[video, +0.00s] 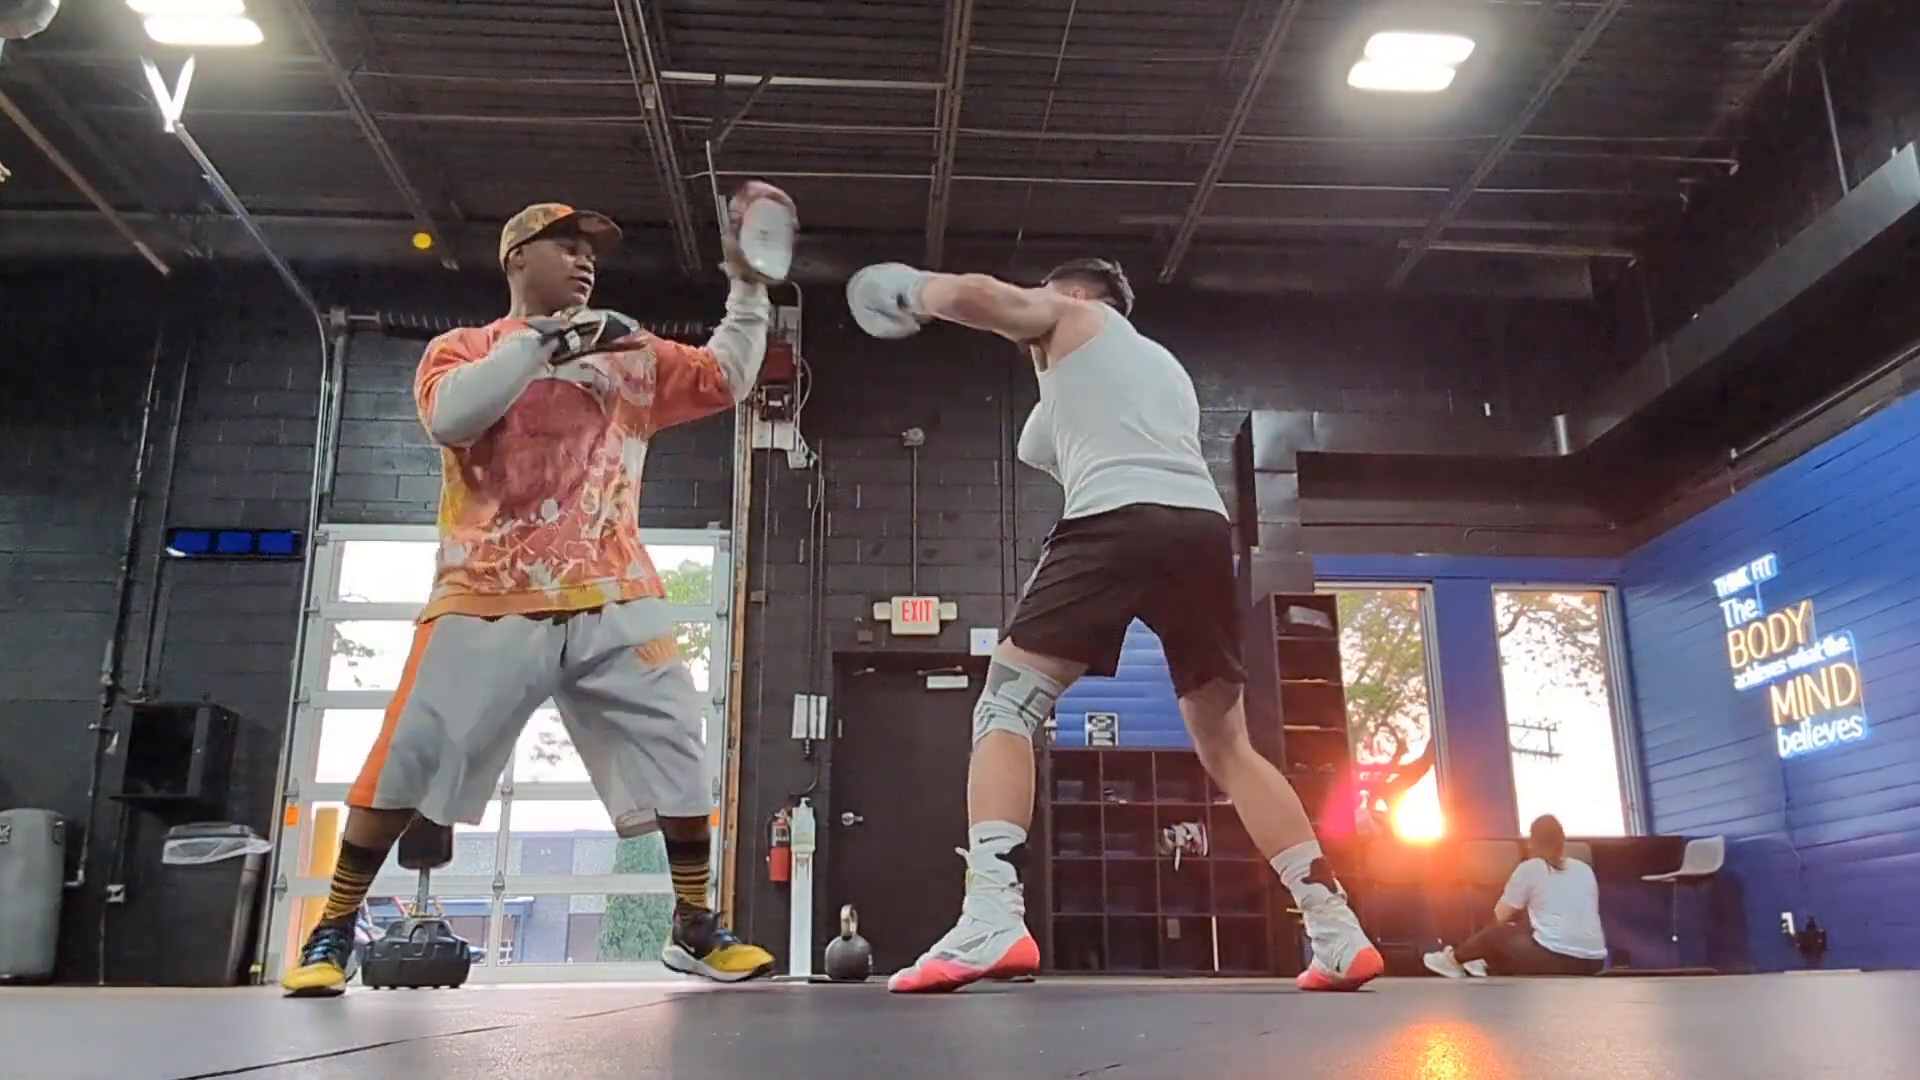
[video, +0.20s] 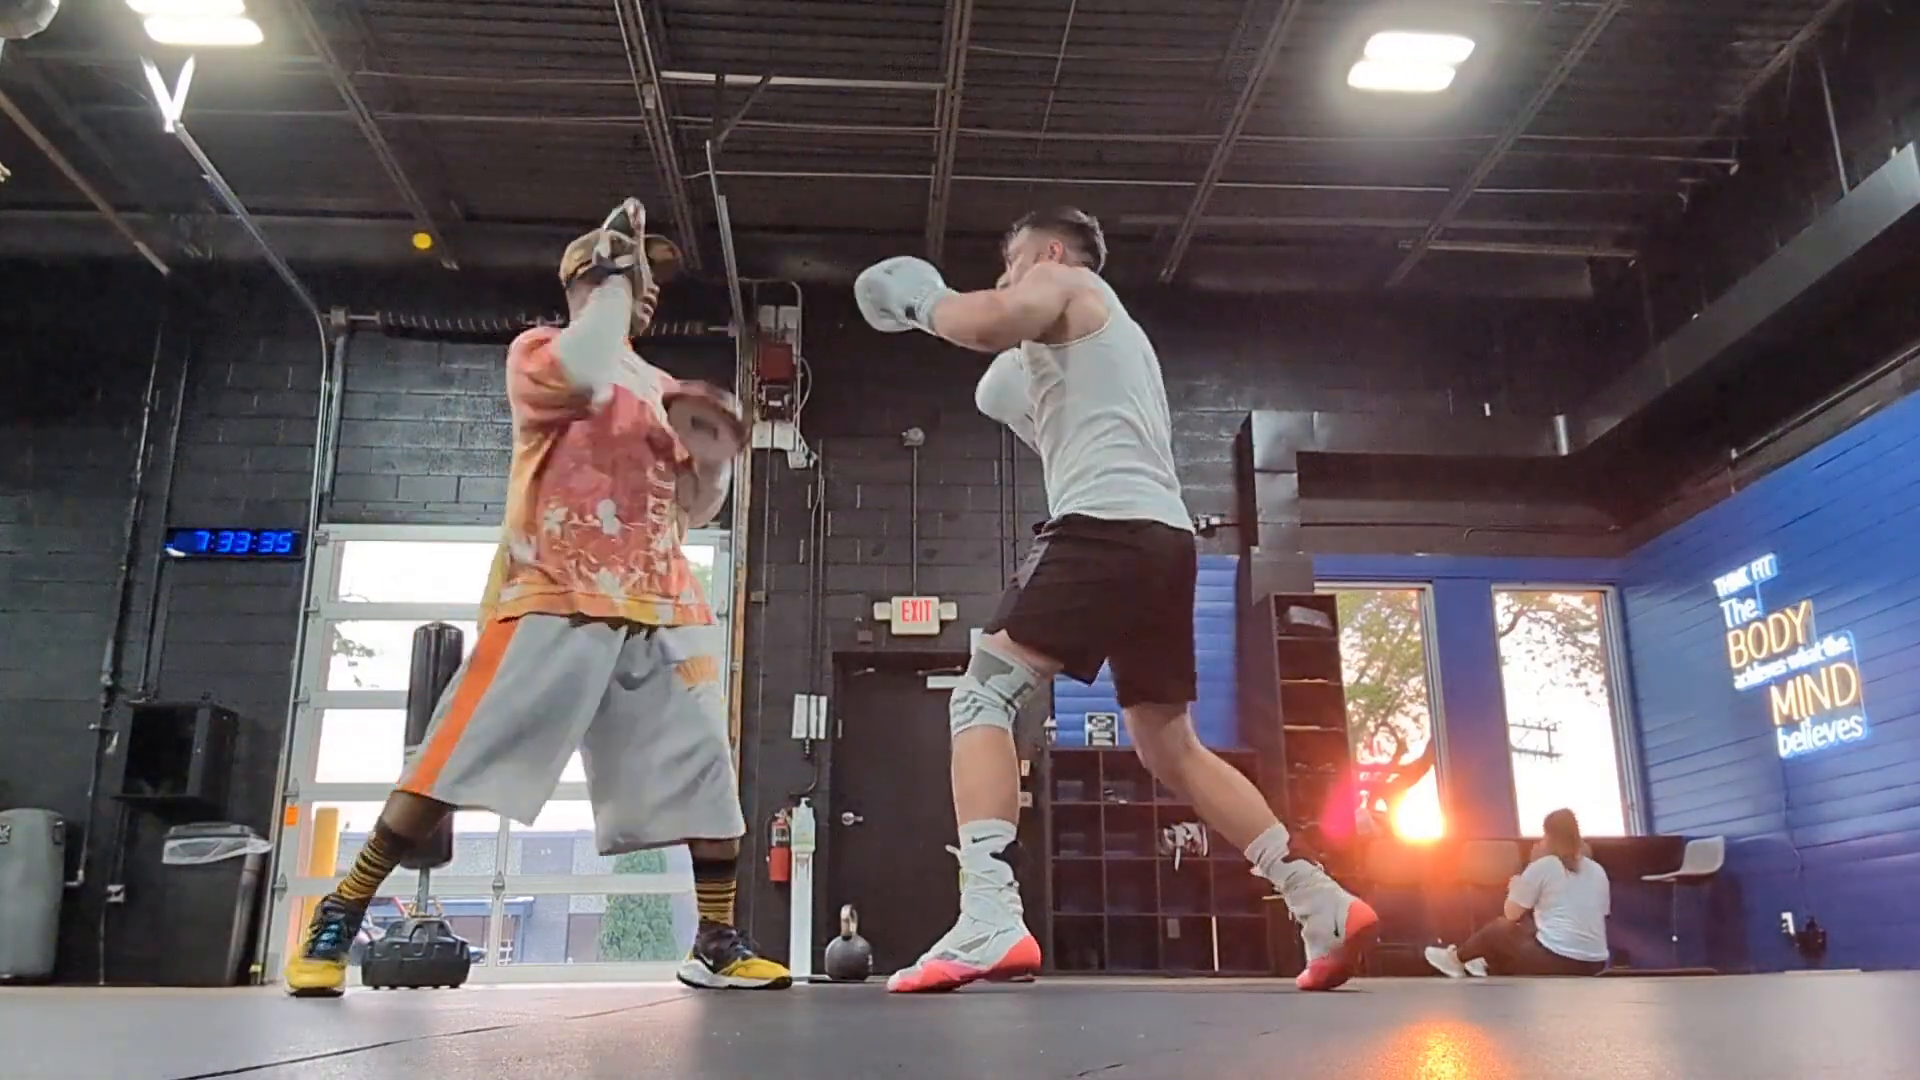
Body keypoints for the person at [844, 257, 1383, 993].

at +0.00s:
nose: (1039, 306)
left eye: (1048, 297)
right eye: (1041, 298)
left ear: (1080, 293)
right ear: (1118, 303)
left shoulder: (1067, 313)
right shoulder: (1167, 368)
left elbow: (966, 292)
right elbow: (1160, 450)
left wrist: (906, 287)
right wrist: (1069, 437)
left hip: (1112, 522)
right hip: (1205, 531)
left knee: (1008, 711)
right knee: (1229, 747)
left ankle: (990, 917)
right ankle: (1335, 930)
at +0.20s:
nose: (1007, 280)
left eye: (1014, 263)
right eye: (1007, 267)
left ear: (1052, 250)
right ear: (1075, 256)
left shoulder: (1066, 282)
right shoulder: (1123, 339)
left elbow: (991, 321)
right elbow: (1113, 442)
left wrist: (922, 298)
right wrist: (1032, 405)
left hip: (1105, 529)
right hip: (1167, 542)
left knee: (984, 698)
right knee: (1171, 746)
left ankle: (987, 917)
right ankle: (1319, 901)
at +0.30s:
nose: (982, 253)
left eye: (990, 235)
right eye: (982, 240)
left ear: (1033, 226)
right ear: (1036, 232)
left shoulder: (1089, 277)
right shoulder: (1030, 325)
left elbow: (1050, 360)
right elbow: (965, 399)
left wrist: (971, 315)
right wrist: (914, 340)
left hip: (1107, 529)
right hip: (1107, 535)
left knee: (997, 693)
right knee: (1148, 751)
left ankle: (992, 924)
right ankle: (1312, 880)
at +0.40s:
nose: (977, 253)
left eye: (985, 235)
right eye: (977, 240)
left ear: (1031, 226)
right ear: (1028, 233)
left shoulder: (1105, 283)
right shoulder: (1020, 313)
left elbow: (1074, 376)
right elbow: (919, 336)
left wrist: (988, 329)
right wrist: (863, 284)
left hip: (1119, 533)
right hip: (1085, 541)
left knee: (1009, 696)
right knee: (1162, 752)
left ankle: (998, 929)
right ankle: (1308, 886)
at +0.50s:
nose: (984, 245)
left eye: (995, 227)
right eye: (984, 233)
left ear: (1044, 222)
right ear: (1036, 232)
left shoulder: (1111, 282)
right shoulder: (1021, 318)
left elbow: (1117, 382)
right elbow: (947, 401)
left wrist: (1018, 345)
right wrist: (917, 338)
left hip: (1121, 534)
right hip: (1092, 539)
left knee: (1013, 704)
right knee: (1168, 749)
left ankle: (999, 936)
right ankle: (1323, 889)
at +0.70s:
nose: (1002, 292)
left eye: (1006, 274)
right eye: (999, 279)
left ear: (1045, 261)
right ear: (1056, 267)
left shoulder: (1115, 320)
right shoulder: (1082, 353)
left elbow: (1165, 427)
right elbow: (1085, 446)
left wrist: (1049, 427)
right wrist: (1012, 368)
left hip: (1156, 552)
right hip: (1201, 563)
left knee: (1007, 703)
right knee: (1216, 776)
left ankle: (1000, 931)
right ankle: (1350, 937)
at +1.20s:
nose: (1078, 328)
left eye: (1083, 313)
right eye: (1078, 317)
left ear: (1116, 301)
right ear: (1159, 303)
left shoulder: (1115, 330)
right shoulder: (1232, 362)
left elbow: (989, 374)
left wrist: (961, 404)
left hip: (1179, 538)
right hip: (1277, 548)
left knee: (1059, 719)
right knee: (1298, 754)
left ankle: (1059, 911)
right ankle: (1408, 938)